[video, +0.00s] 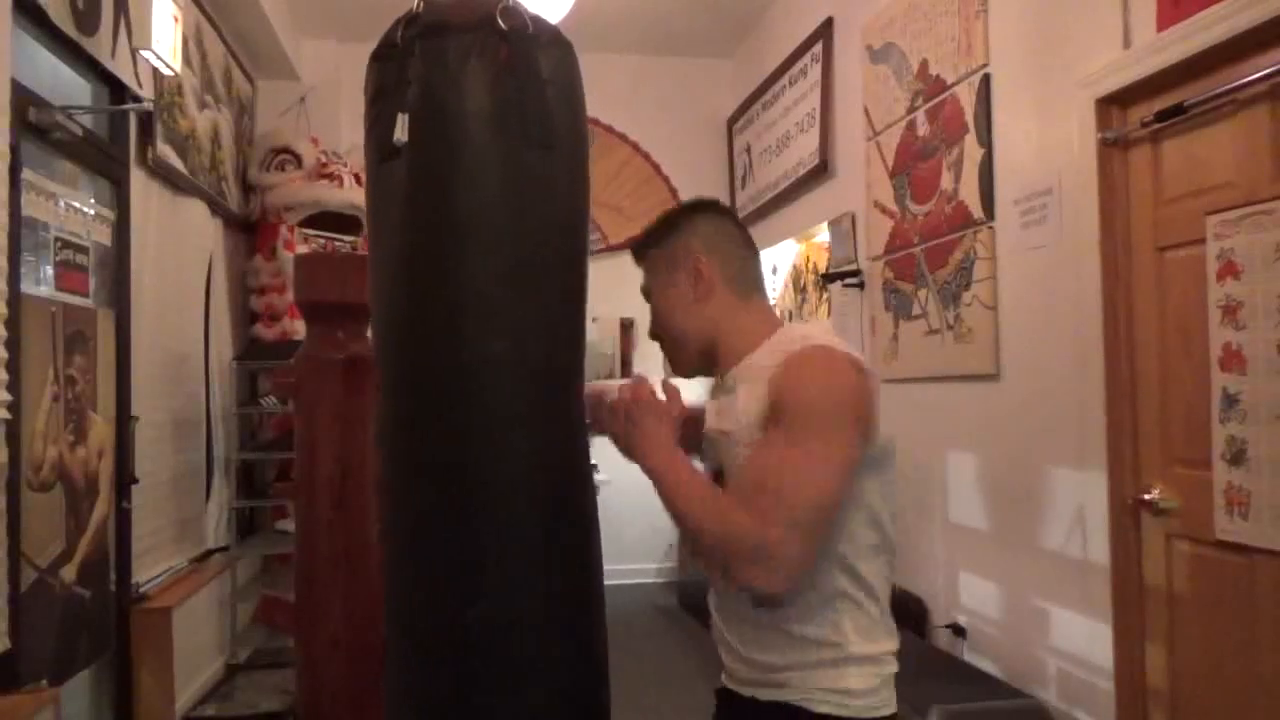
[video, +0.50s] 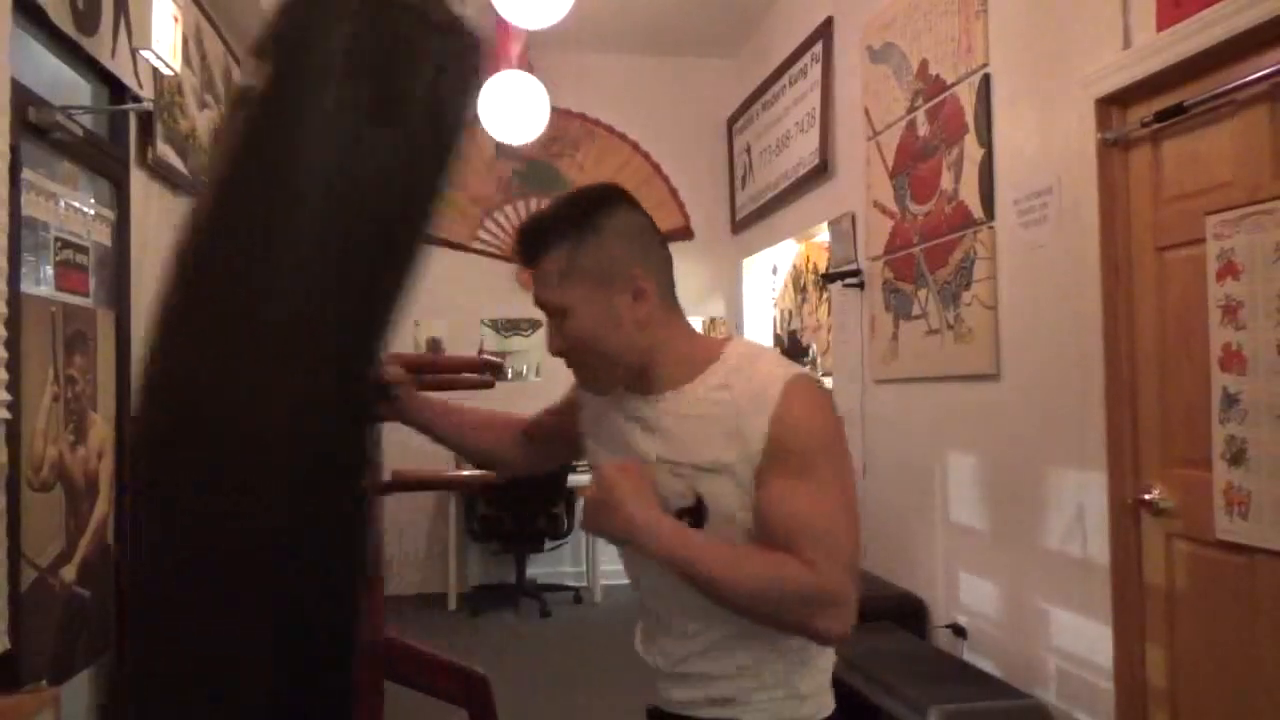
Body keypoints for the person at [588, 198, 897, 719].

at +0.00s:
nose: (651, 326)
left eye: (652, 298)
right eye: (649, 303)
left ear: (698, 276)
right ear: (701, 278)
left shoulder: (820, 371)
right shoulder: (741, 383)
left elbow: (770, 561)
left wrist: (659, 454)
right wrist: (688, 432)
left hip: (819, 701)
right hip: (748, 690)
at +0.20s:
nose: (626, 346)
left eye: (633, 324)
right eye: (625, 326)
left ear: (690, 316)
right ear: (693, 315)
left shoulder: (732, 366)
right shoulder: (793, 371)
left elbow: (719, 514)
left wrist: (576, 462)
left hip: (759, 700)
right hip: (836, 684)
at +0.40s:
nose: (568, 345)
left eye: (571, 316)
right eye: (565, 319)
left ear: (634, 305)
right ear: (637, 307)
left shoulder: (720, 392)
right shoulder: (690, 393)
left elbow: (746, 596)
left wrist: (587, 540)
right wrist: (633, 457)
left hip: (779, 702)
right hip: (738, 696)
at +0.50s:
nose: (551, 341)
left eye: (559, 315)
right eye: (547, 319)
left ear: (637, 299)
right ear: (635, 302)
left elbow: (829, 606)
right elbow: (528, 447)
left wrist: (649, 527)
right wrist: (410, 405)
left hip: (775, 707)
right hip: (671, 702)